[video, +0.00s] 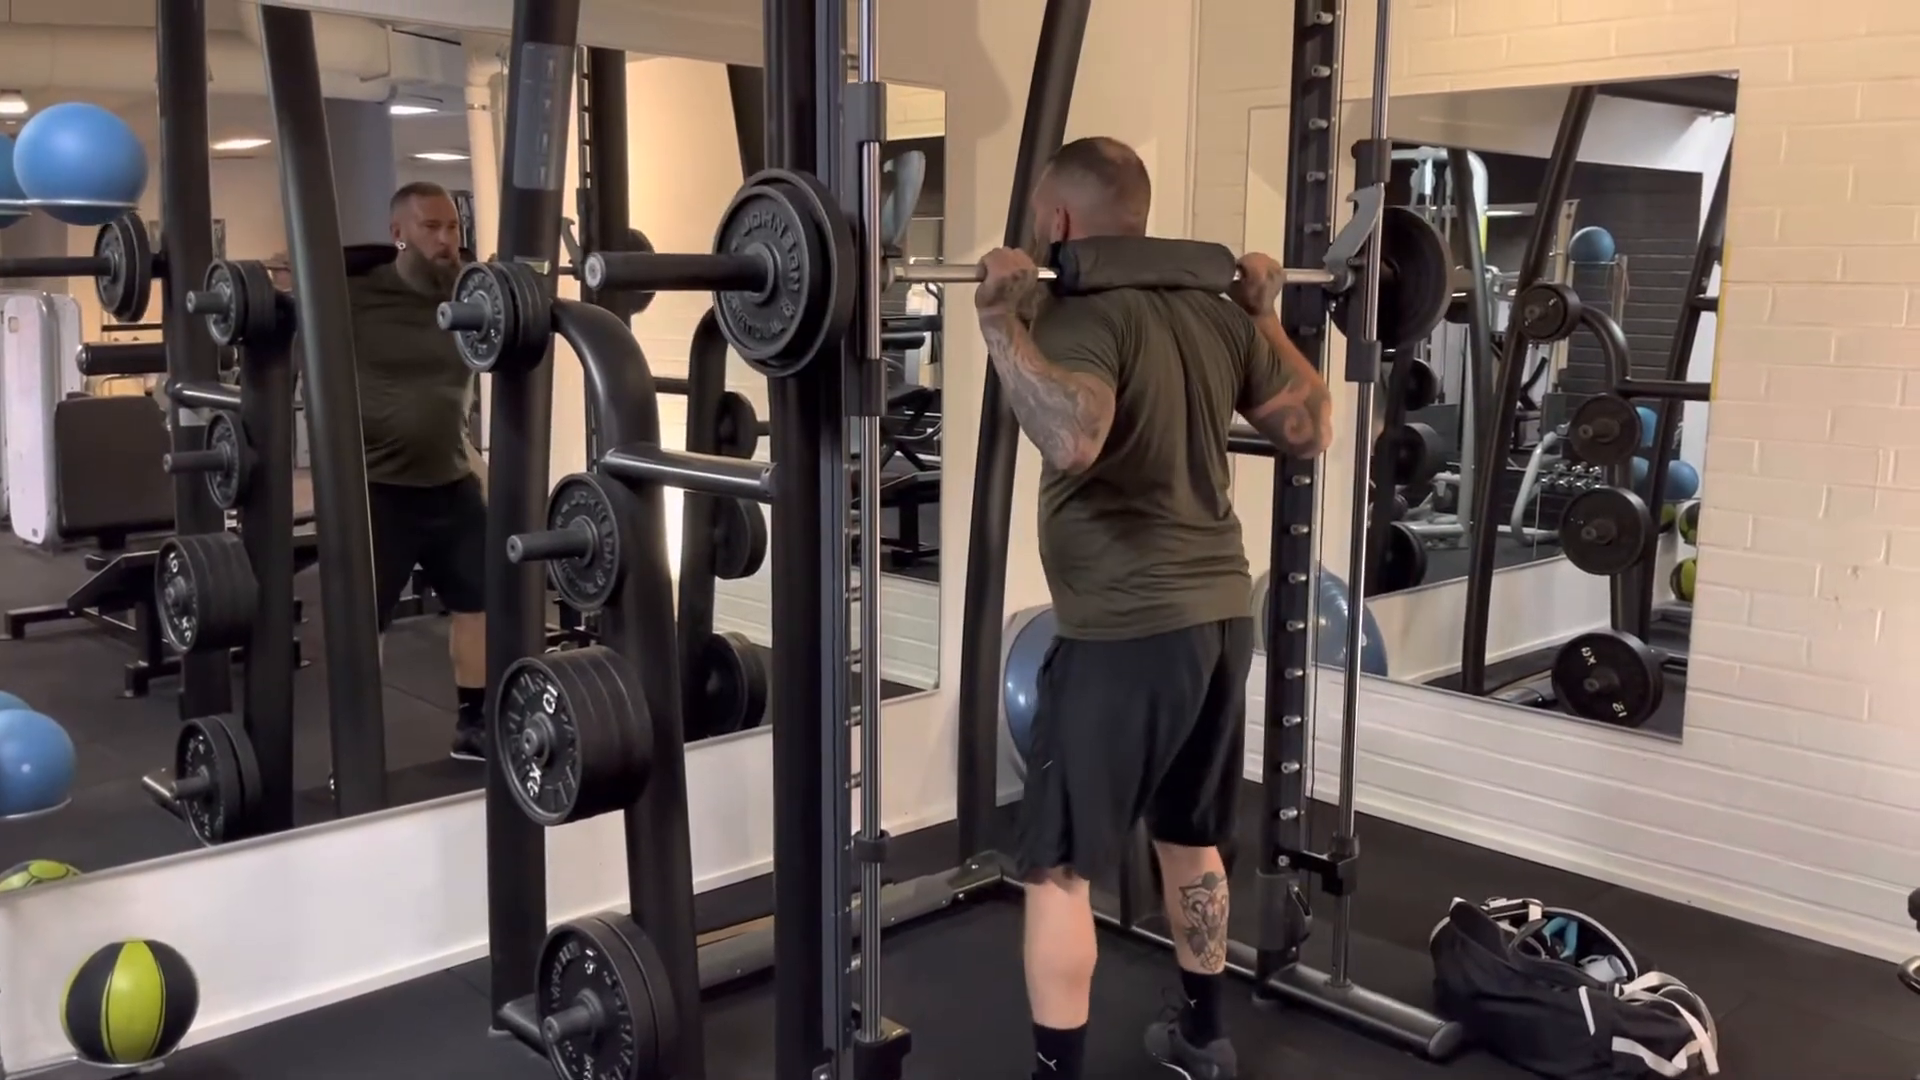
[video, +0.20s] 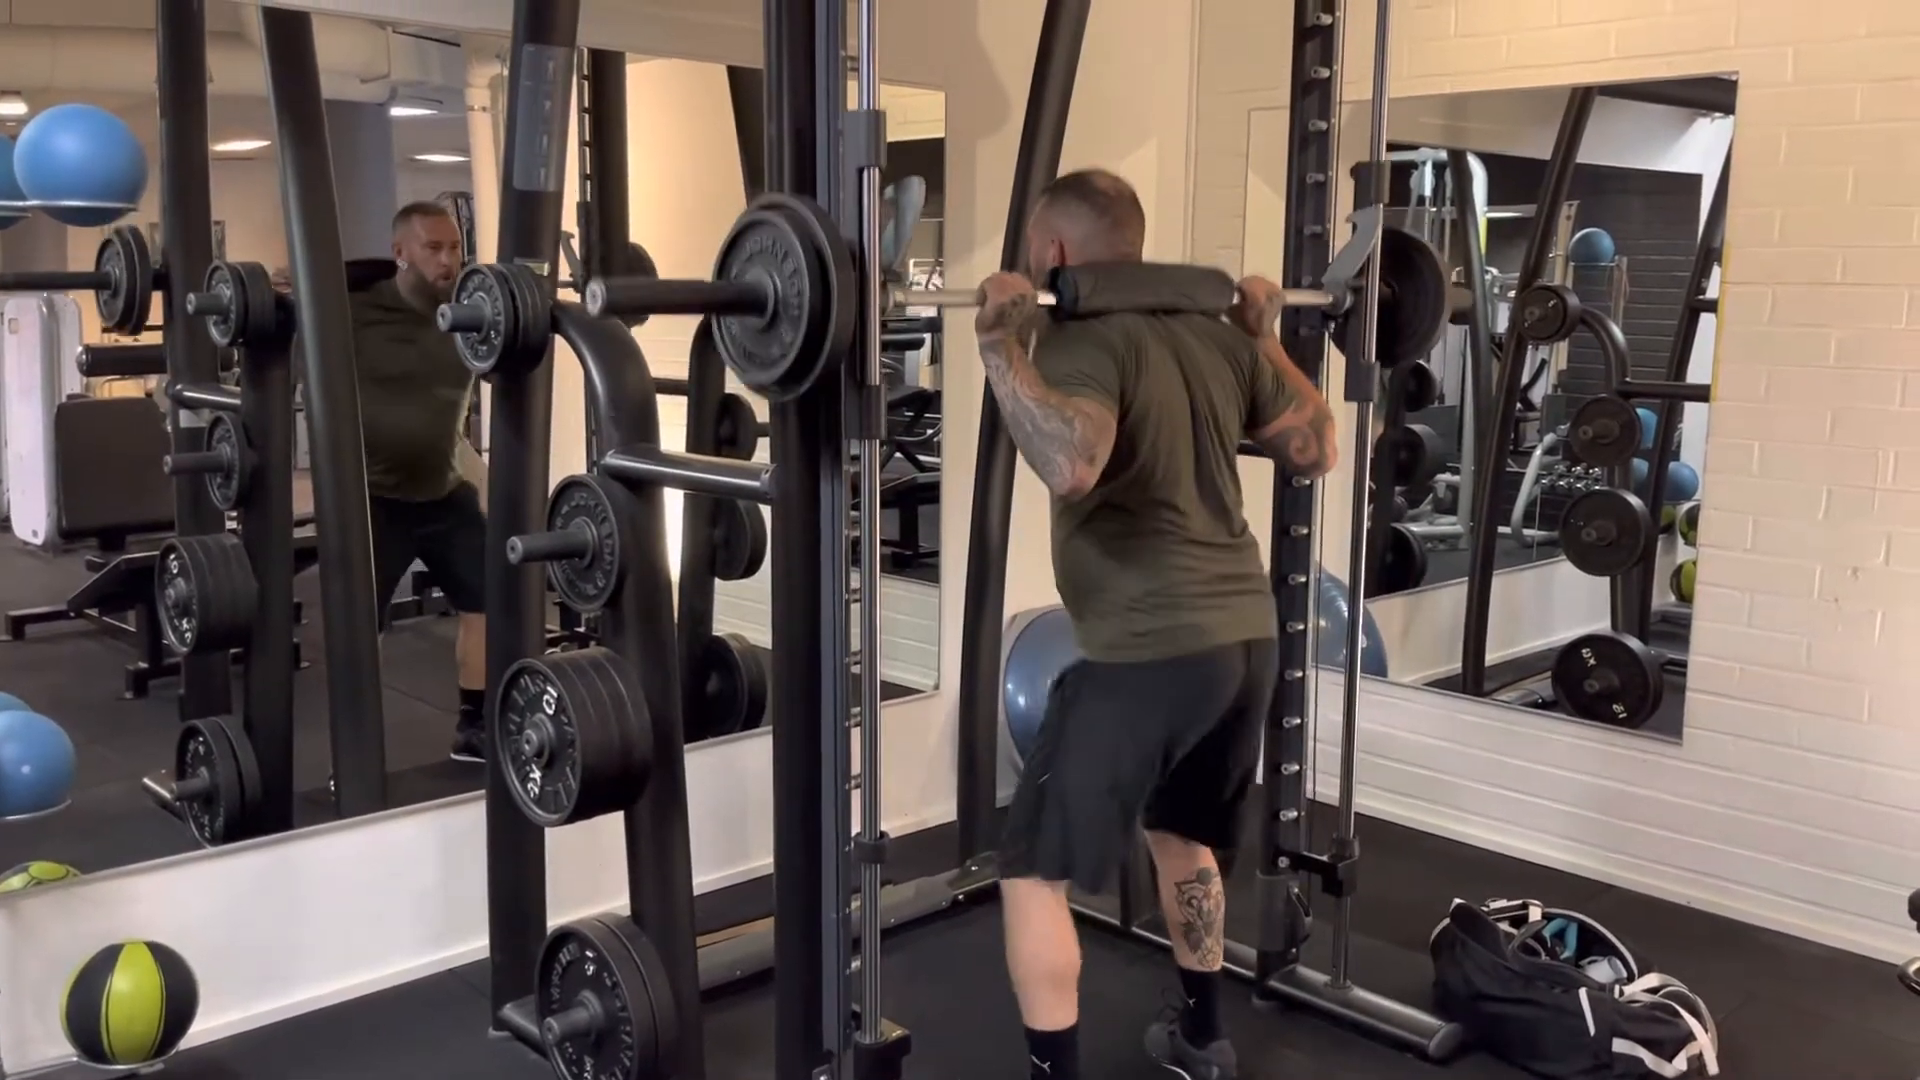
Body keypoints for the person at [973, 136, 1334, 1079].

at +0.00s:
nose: (1036, 232)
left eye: (1040, 217)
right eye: (1041, 217)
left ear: (1062, 218)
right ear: (1139, 213)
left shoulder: (1086, 308)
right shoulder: (1212, 306)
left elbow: (1074, 434)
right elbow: (1306, 426)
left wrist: (1000, 317)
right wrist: (1266, 316)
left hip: (1123, 632)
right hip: (1222, 618)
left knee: (1059, 863)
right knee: (1189, 834)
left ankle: (1056, 1068)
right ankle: (1206, 1037)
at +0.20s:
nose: (1030, 268)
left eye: (1032, 253)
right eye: (1031, 254)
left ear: (1058, 250)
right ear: (1133, 244)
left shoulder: (1088, 334)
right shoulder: (1214, 332)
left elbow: (1073, 460)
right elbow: (1315, 444)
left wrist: (1001, 347)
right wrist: (1265, 340)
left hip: (1145, 653)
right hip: (1245, 641)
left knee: (1033, 862)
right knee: (1183, 826)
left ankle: (1054, 1070)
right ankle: (1203, 1034)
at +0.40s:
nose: (1031, 368)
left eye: (1033, 352)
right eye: (1030, 353)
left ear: (1055, 351)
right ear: (1129, 341)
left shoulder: (1091, 426)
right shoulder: (1218, 421)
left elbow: (1084, 555)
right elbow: (1325, 528)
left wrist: (1001, 450)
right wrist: (1265, 427)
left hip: (1173, 743)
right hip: (1271, 730)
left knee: (995, 880)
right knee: (1172, 857)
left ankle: (1045, 1068)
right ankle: (1199, 1038)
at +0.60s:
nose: (1029, 473)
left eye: (1031, 460)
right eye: (1027, 460)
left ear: (1051, 468)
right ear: (1128, 452)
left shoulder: (1092, 540)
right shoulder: (1221, 529)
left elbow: (1089, 668)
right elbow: (1329, 631)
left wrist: (1003, 563)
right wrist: (1264, 526)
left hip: (1197, 845)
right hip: (1294, 829)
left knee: (973, 884)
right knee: (1135, 830)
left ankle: (1043, 1069)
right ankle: (1200, 1036)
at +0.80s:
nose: (1030, 563)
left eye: (1030, 546)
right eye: (1029, 545)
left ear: (1053, 549)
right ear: (1126, 536)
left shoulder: (1094, 624)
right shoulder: (1217, 608)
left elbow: (1087, 761)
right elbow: (1324, 708)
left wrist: (999, 647)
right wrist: (1262, 601)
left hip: (1195, 926)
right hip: (1296, 912)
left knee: (965, 883)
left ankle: (1041, 1068)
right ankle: (1199, 1039)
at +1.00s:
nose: (1029, 611)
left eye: (1029, 596)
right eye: (1028, 596)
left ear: (1053, 601)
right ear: (1127, 586)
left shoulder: (1092, 679)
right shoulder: (1219, 657)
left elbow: (1085, 821)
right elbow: (1319, 761)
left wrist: (998, 705)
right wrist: (1258, 652)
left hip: (1202, 990)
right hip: (1295, 966)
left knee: (961, 886)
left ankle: (1041, 1069)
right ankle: (1200, 1053)